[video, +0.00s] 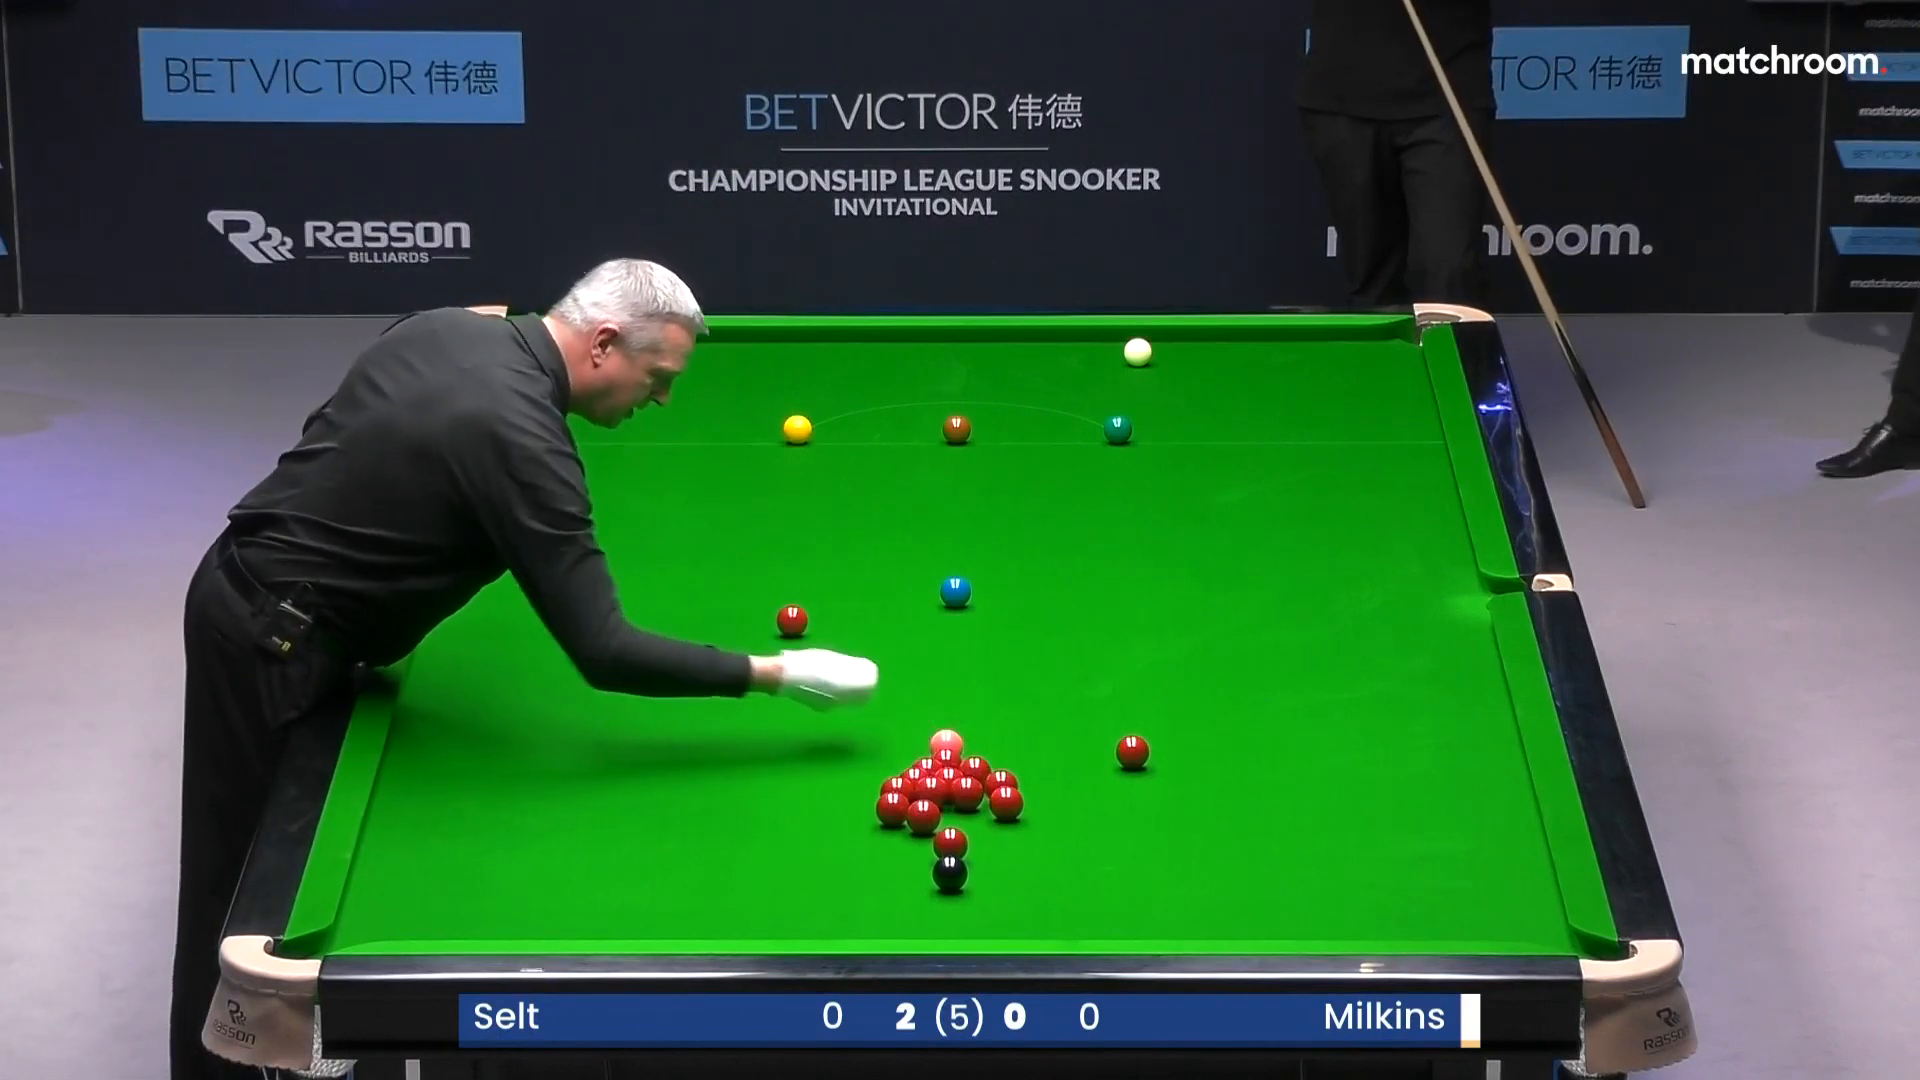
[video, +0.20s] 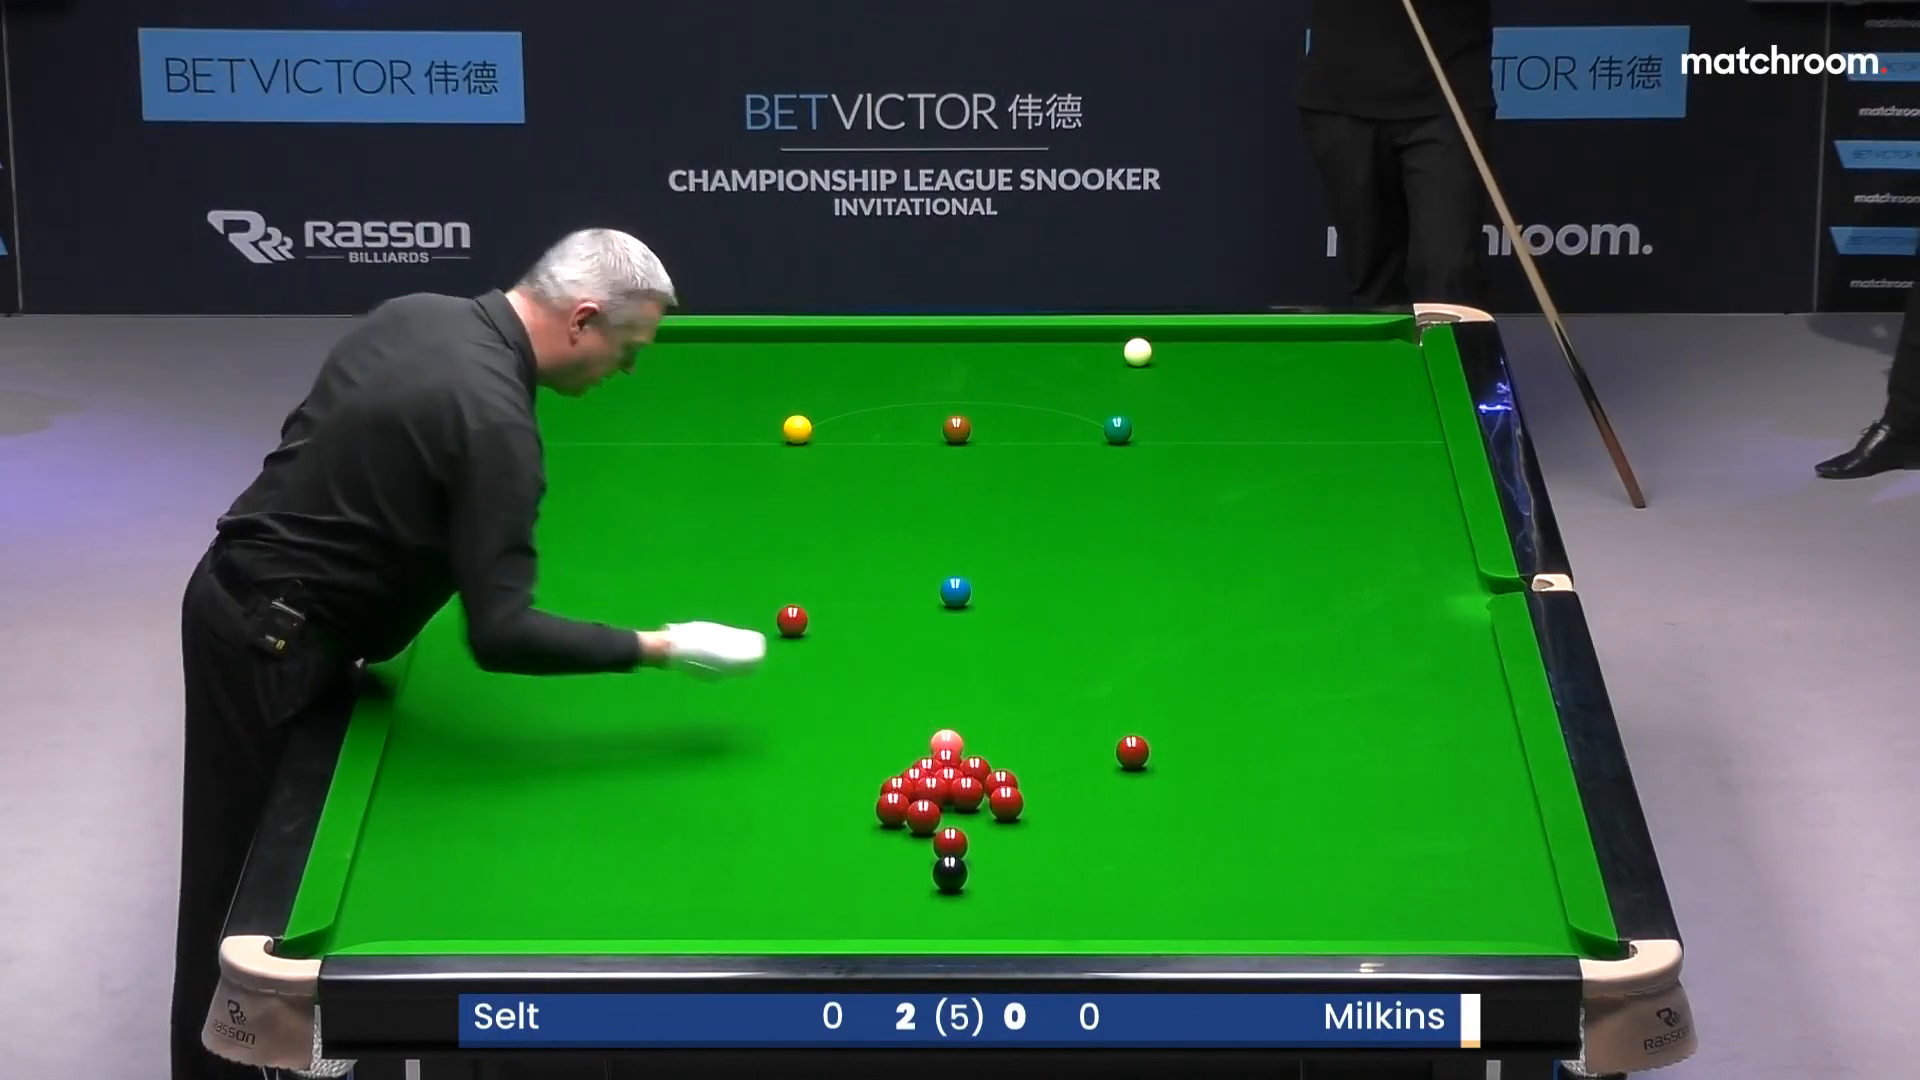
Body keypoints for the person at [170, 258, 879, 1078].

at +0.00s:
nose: (659, 398)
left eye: (670, 382)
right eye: (660, 376)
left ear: (587, 323)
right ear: (600, 338)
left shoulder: (449, 329)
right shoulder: (522, 433)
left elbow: (326, 444)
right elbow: (606, 652)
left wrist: (365, 619)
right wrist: (771, 668)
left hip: (246, 589)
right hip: (277, 634)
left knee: (244, 873)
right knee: (246, 884)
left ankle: (224, 1055)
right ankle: (218, 1063)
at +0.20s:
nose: (622, 369)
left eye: (632, 353)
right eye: (627, 349)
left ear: (565, 307)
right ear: (583, 317)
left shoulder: (415, 314)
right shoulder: (497, 422)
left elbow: (302, 445)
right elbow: (501, 635)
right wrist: (658, 644)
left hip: (234, 597)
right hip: (278, 640)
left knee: (234, 876)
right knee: (247, 890)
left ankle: (224, 1055)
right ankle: (216, 1061)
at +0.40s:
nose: (554, 317)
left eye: (561, 302)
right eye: (562, 303)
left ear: (476, 240)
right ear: (540, 294)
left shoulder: (357, 292)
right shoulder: (433, 386)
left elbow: (280, 445)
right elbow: (370, 577)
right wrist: (509, 611)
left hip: (217, 600)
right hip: (264, 638)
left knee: (232, 857)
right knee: (243, 869)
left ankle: (214, 1051)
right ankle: (211, 1057)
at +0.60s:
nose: (486, 298)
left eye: (497, 282)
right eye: (495, 280)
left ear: (411, 220)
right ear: (472, 263)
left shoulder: (298, 281)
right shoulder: (371, 349)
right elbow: (304, 540)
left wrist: (440, 317)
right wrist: (417, 584)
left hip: (194, 608)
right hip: (245, 634)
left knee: (217, 856)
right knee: (242, 866)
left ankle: (208, 1052)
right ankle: (215, 1060)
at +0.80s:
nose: (418, 299)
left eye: (433, 283)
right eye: (430, 279)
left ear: (374, 226)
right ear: (396, 241)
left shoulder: (246, 279)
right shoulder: (309, 338)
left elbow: (226, 443)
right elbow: (267, 533)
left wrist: (338, 503)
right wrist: (378, 573)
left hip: (164, 613)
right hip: (210, 637)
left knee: (201, 860)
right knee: (222, 872)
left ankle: (189, 1050)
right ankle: (193, 1058)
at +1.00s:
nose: (365, 303)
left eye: (378, 289)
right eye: (370, 282)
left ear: (314, 234)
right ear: (320, 239)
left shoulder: (219, 287)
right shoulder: (231, 340)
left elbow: (227, 461)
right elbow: (182, 545)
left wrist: (326, 504)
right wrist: (320, 585)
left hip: (174, 631)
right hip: (151, 643)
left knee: (207, 875)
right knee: (159, 878)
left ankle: (214, 1066)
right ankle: (31, 1064)